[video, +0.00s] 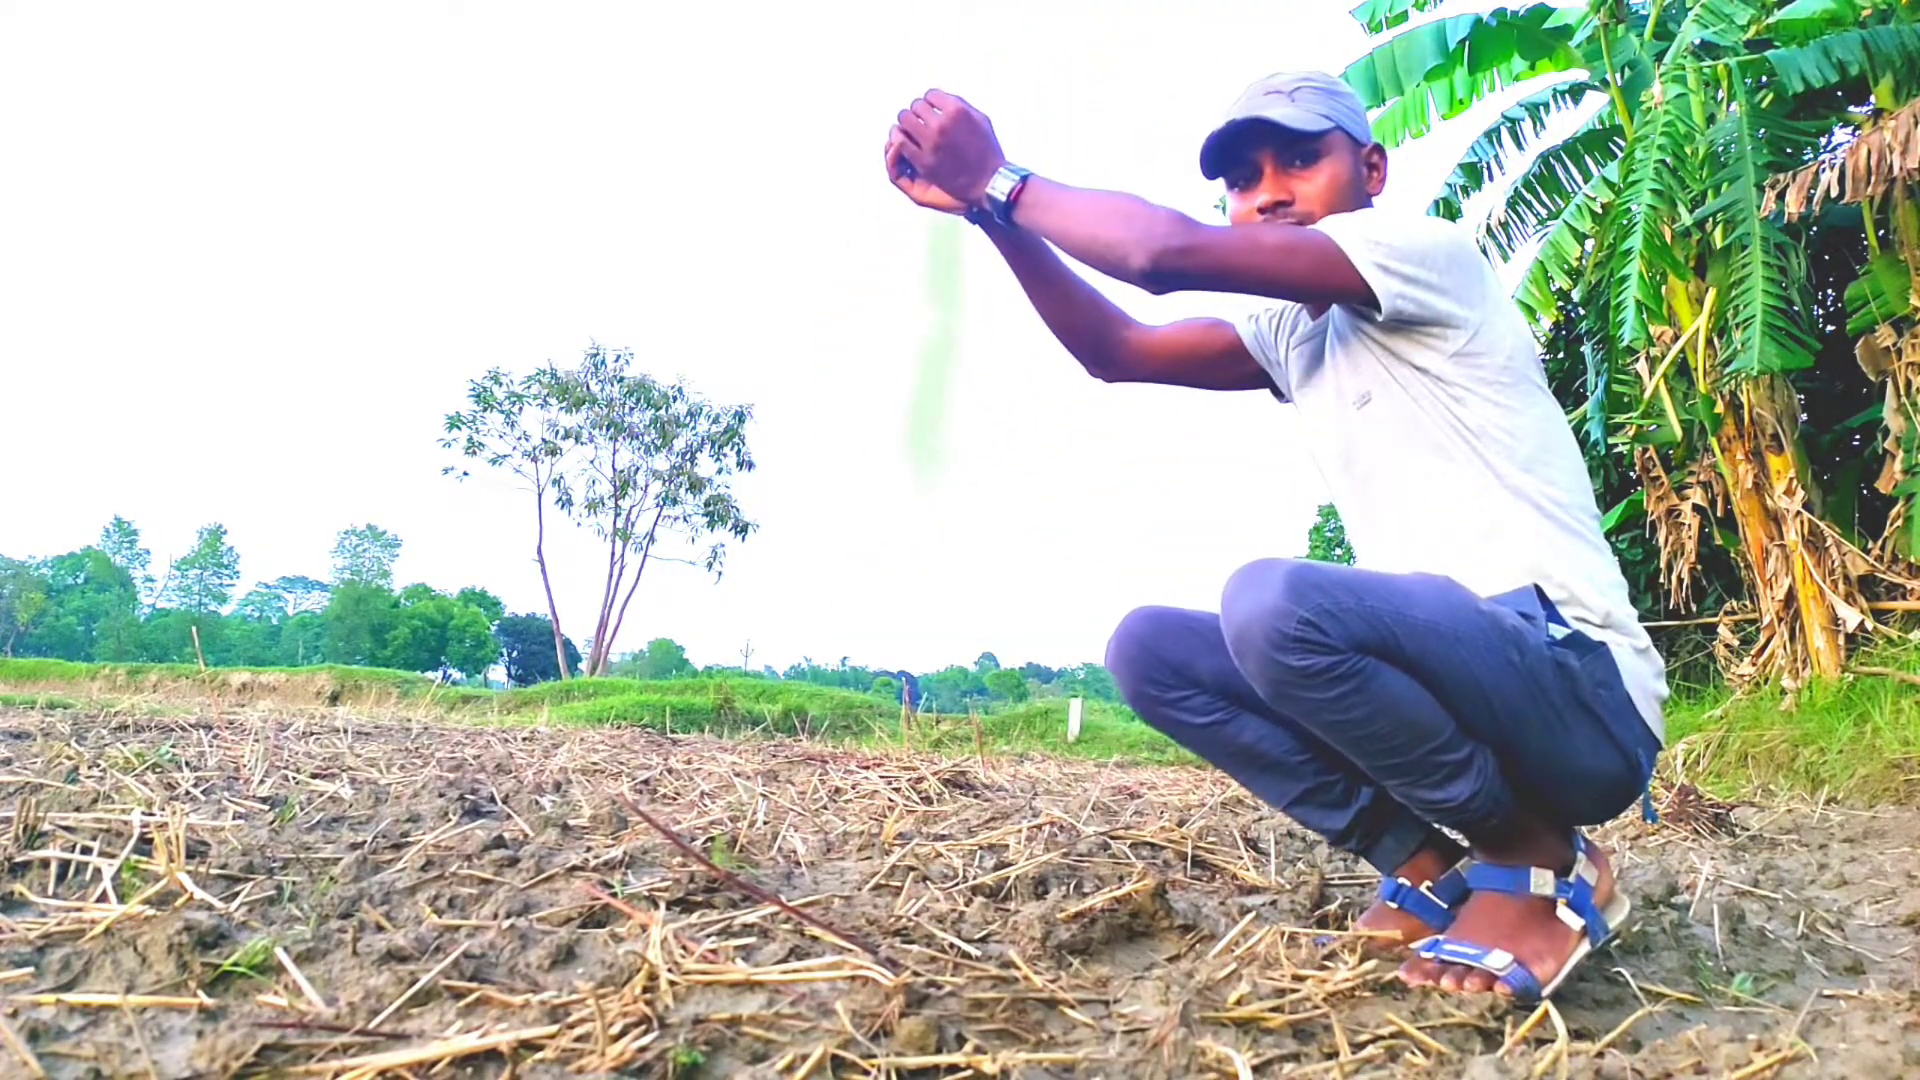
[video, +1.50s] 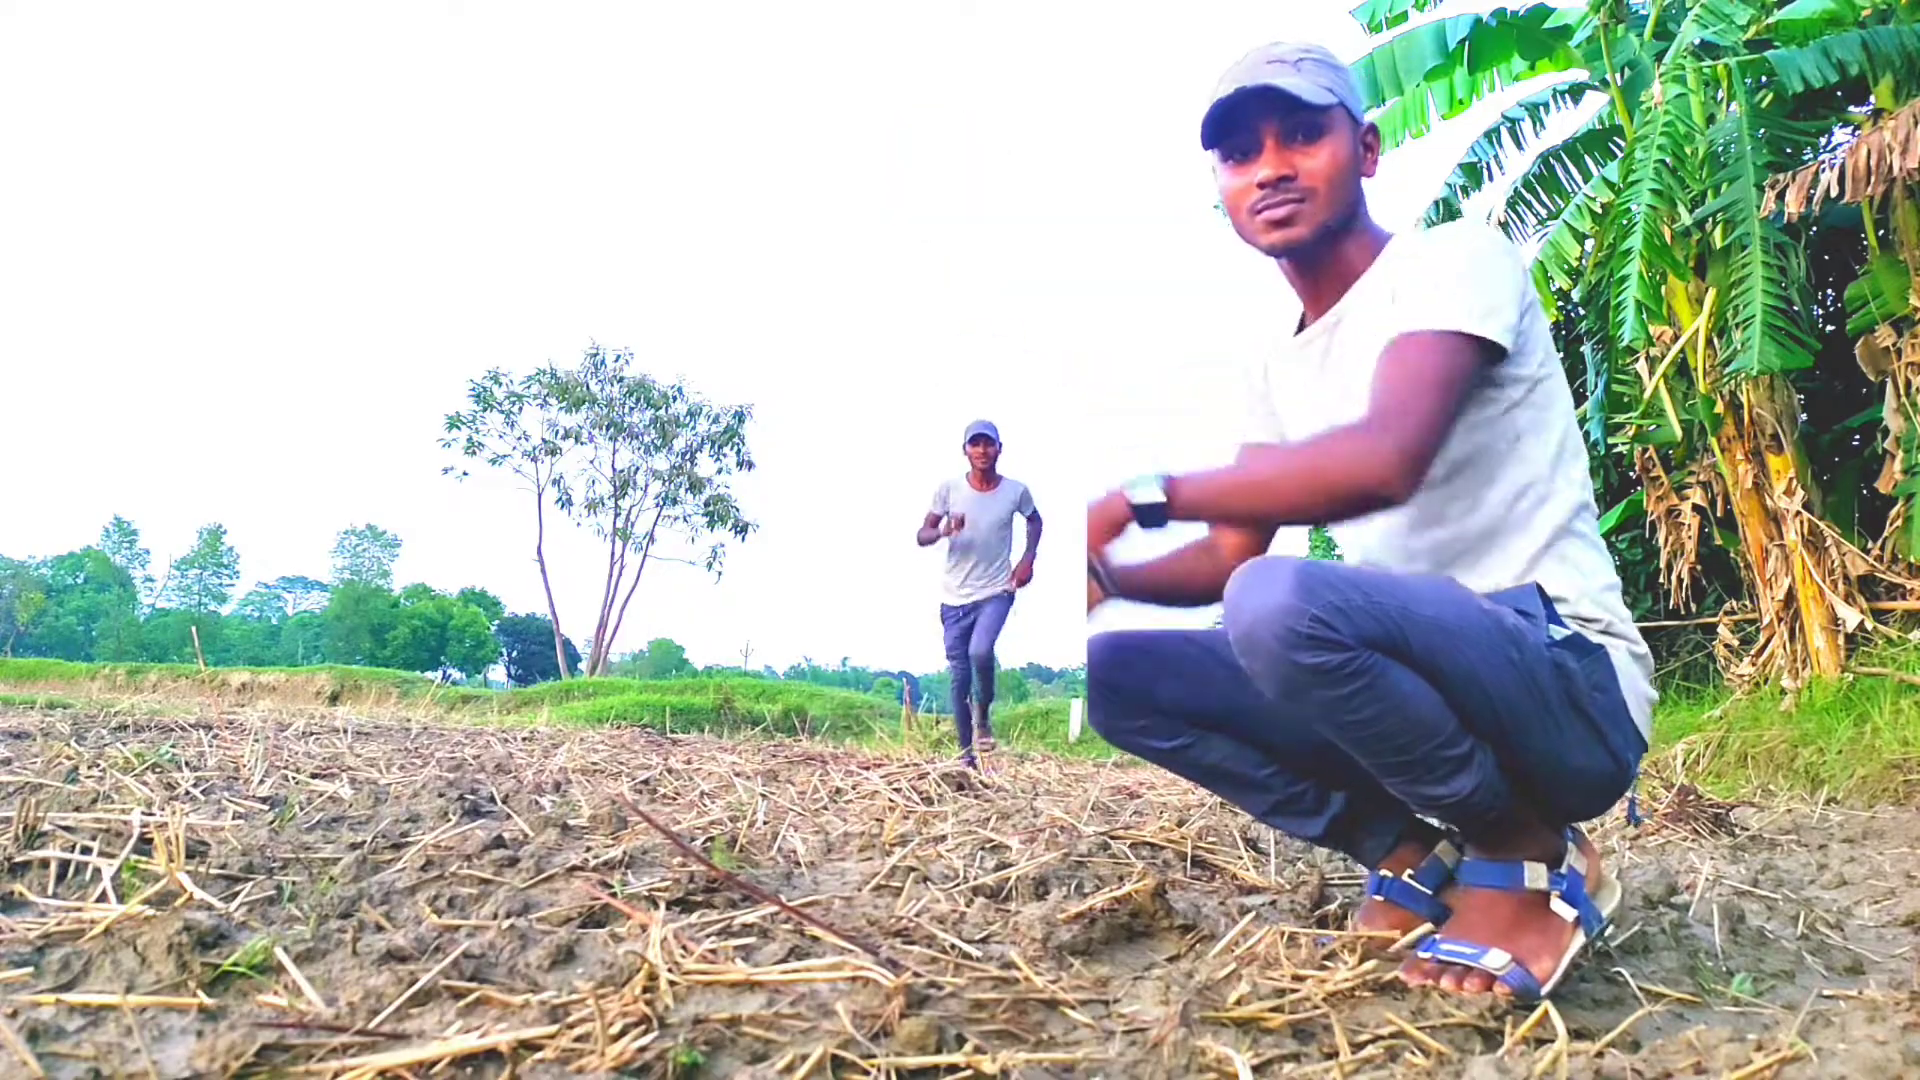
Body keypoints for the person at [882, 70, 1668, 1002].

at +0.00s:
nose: (1269, 194)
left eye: (1300, 158)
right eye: (1243, 182)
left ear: (1373, 169)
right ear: (1229, 206)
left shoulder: (1426, 256)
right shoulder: (1298, 330)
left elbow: (1166, 251)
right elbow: (1117, 350)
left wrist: (995, 184)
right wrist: (994, 213)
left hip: (1579, 683)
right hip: (1459, 695)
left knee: (1273, 606)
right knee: (1151, 649)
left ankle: (1537, 853)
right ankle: (1434, 858)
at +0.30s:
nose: (1265, 197)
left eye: (1295, 161)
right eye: (1238, 183)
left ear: (1367, 172)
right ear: (1223, 206)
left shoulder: (1420, 257)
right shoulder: (1295, 335)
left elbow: (1163, 255)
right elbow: (1116, 357)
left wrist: (990, 192)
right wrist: (987, 220)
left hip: (1574, 680)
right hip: (1451, 692)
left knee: (1270, 604)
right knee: (1144, 659)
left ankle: (1532, 852)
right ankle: (1432, 860)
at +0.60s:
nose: (1264, 190)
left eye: (1296, 154)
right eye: (1237, 175)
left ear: (1368, 167)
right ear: (1225, 200)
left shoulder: (1420, 250)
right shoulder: (1293, 331)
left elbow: (1162, 249)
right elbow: (1115, 353)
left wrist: (993, 190)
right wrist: (989, 222)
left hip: (1568, 678)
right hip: (1444, 692)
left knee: (1266, 608)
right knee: (1134, 670)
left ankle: (1530, 852)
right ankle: (1427, 863)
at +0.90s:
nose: (1270, 182)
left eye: (1302, 148)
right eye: (1242, 167)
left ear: (1374, 162)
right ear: (1229, 191)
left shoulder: (1428, 245)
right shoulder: (1297, 328)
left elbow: (1160, 241)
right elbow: (1117, 345)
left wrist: (996, 175)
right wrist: (990, 215)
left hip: (1565, 674)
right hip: (1440, 688)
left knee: (1269, 610)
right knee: (1127, 675)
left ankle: (1530, 852)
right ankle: (1426, 858)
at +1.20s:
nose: (1273, 175)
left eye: (1305, 140)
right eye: (1246, 157)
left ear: (1377, 155)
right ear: (1231, 183)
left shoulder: (1429, 238)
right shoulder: (1297, 323)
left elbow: (1160, 236)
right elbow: (1114, 340)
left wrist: (996, 165)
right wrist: (988, 208)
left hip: (1565, 672)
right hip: (1440, 684)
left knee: (1271, 614)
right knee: (1128, 679)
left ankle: (1530, 855)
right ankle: (1425, 859)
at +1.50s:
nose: (1272, 167)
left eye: (1302, 135)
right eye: (1241, 149)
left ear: (1364, 150)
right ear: (1219, 186)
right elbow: (1227, 556)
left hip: (1573, 683)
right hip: (1422, 706)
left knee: (1278, 608)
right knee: (1122, 677)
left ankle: (1518, 858)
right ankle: (1408, 850)